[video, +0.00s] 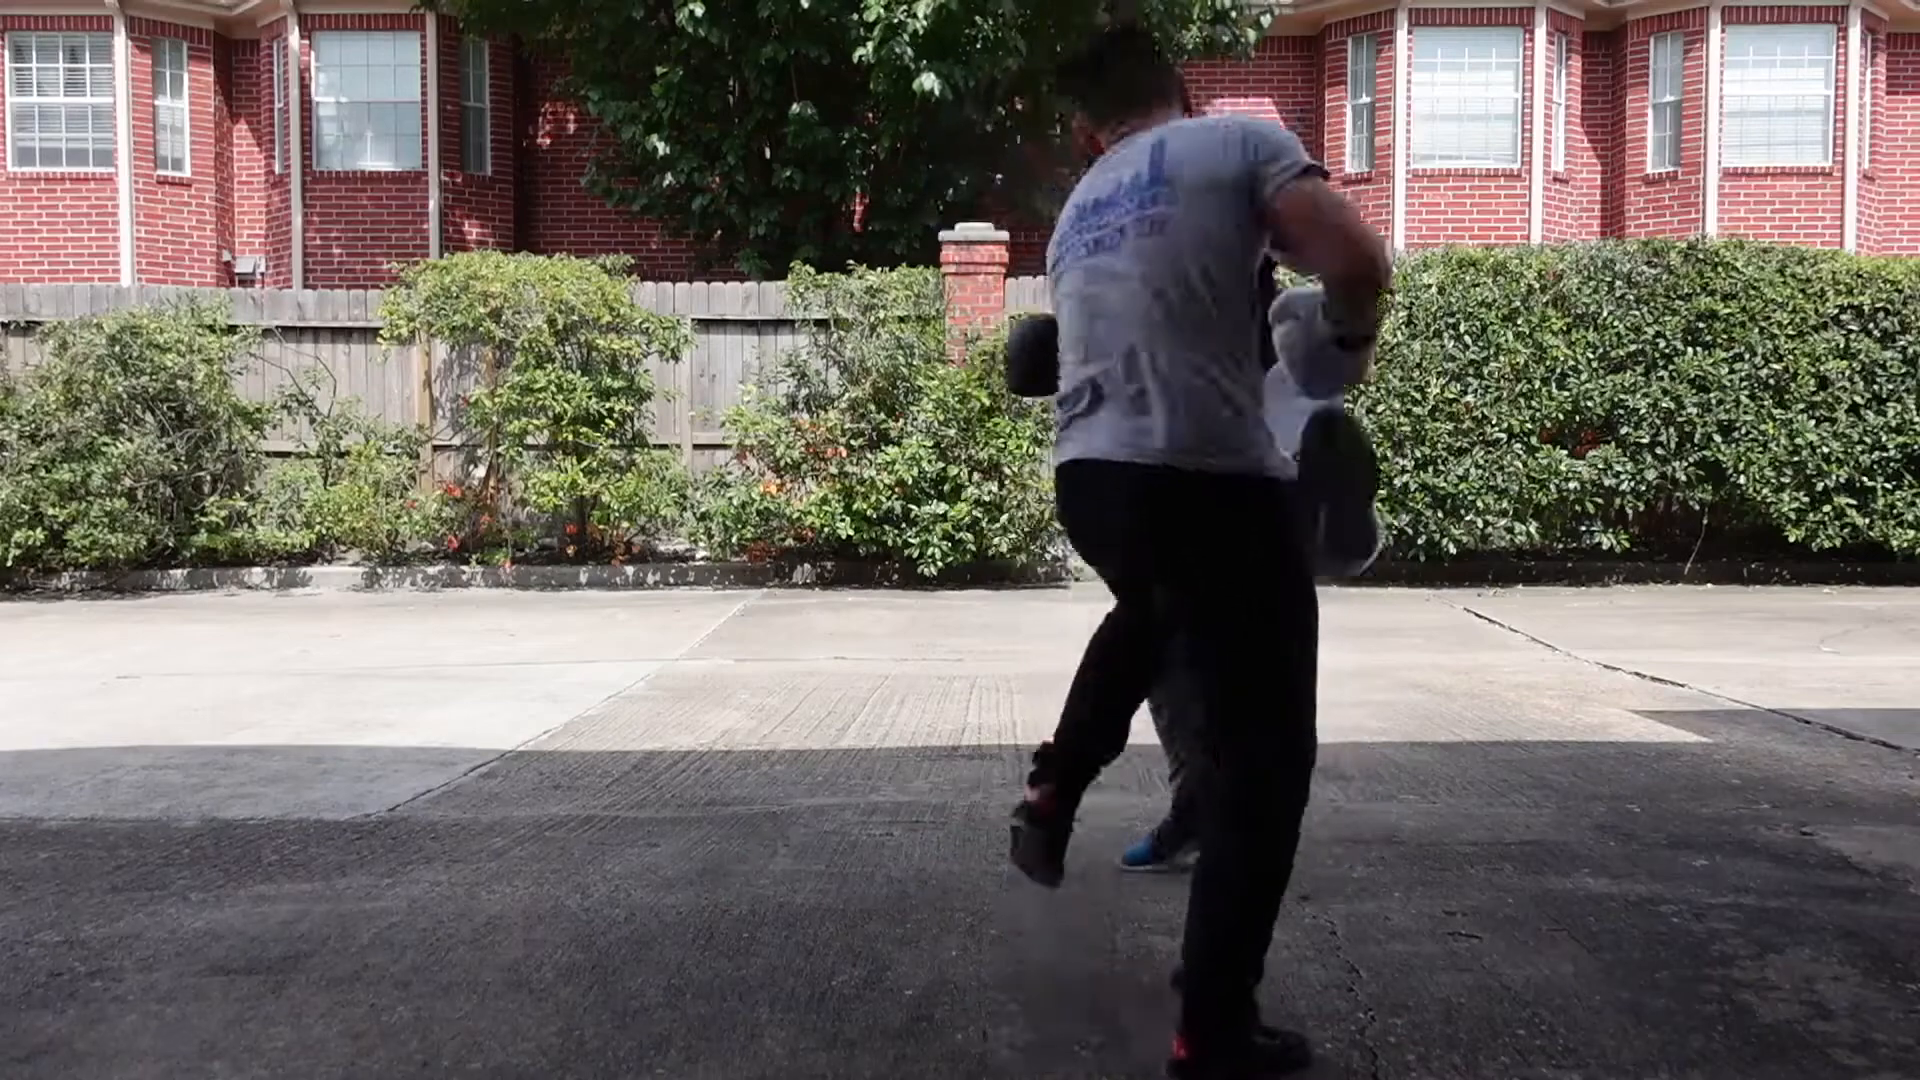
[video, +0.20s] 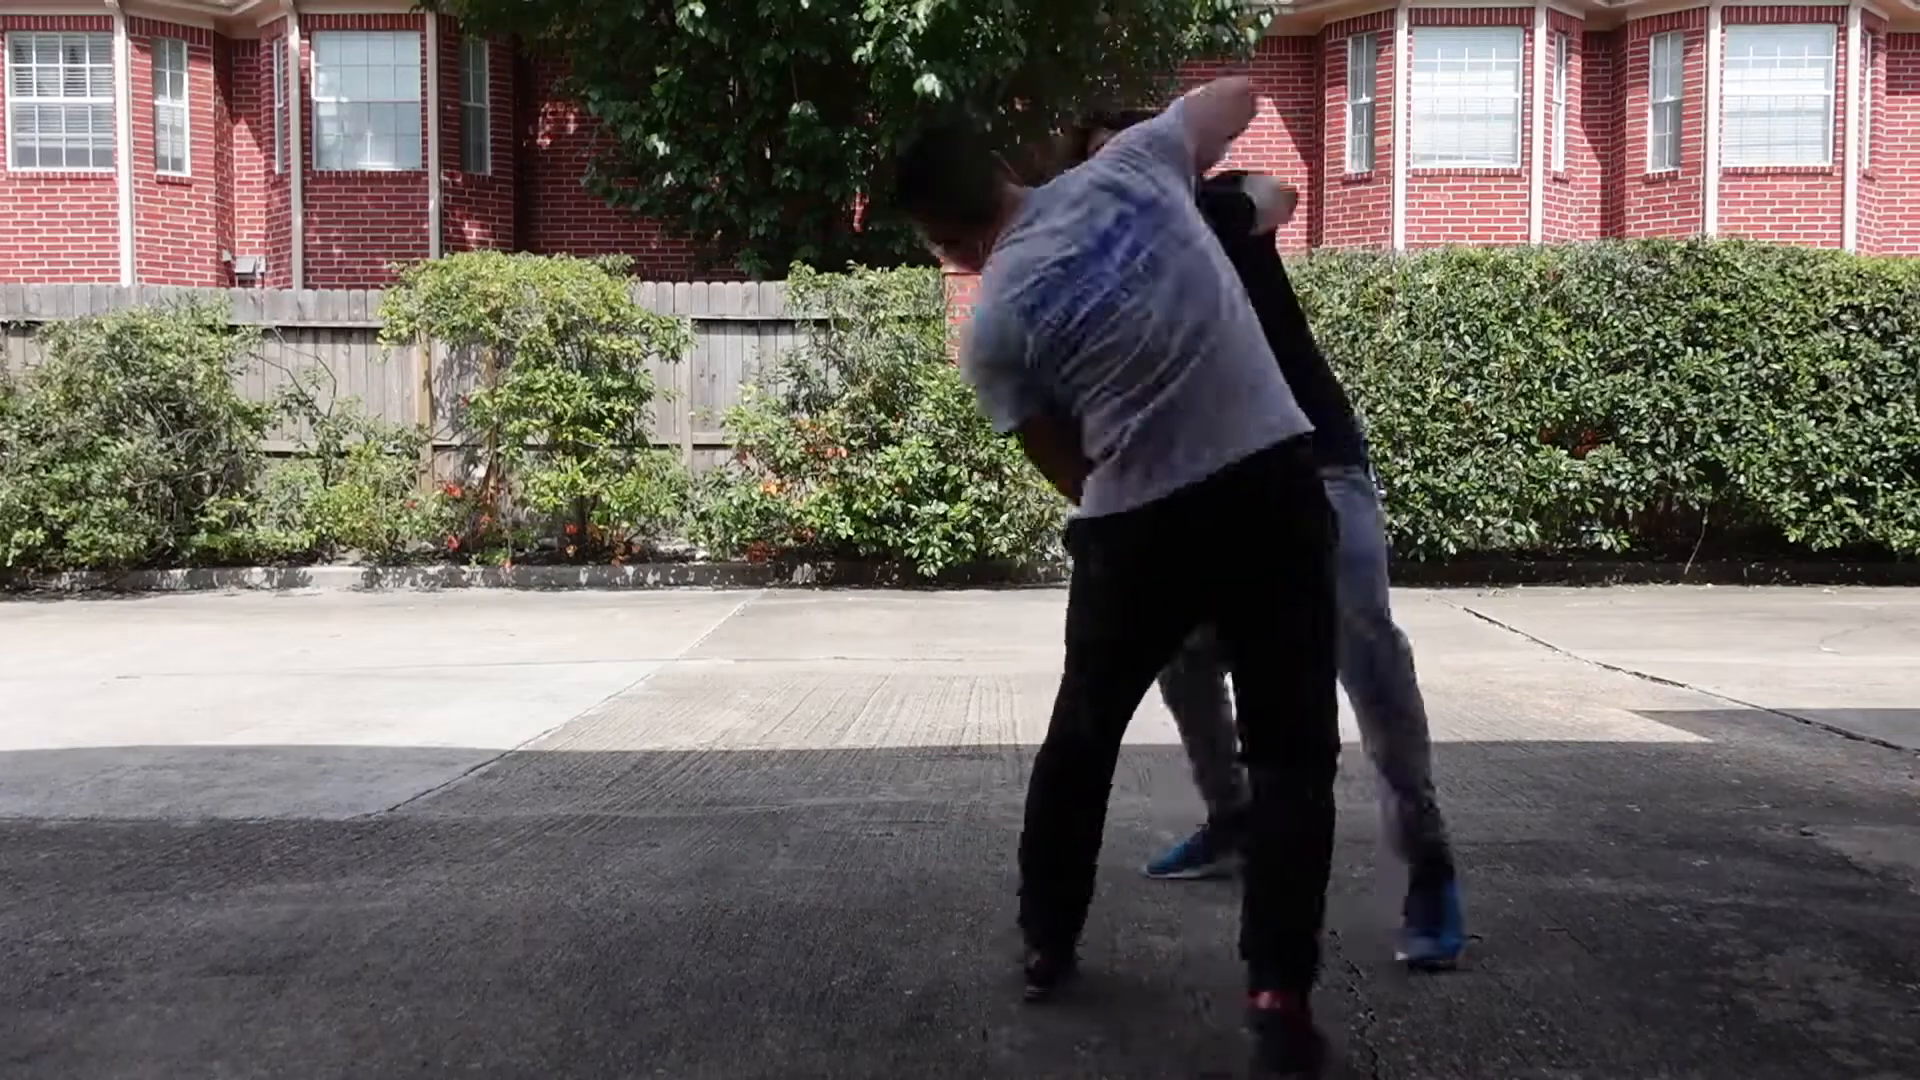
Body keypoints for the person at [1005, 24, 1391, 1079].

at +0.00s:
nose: (1082, 139)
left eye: (1078, 128)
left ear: (1088, 122)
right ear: (1179, 83)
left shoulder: (1079, 201)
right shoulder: (1239, 136)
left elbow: (1088, 338)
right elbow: (1354, 254)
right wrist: (1354, 335)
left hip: (1089, 483)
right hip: (1221, 482)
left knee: (1149, 605)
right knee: (1268, 752)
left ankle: (1049, 803)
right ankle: (1216, 1026)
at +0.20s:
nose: (1123, 178)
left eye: (1134, 159)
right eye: (1104, 168)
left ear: (1161, 163)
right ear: (1083, 182)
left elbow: (1278, 192)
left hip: (1316, 460)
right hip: (1201, 485)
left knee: (1362, 635)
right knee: (1183, 660)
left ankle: (1428, 869)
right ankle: (1229, 816)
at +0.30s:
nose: (1101, 200)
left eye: (1106, 182)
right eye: (1094, 189)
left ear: (1146, 168)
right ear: (1117, 186)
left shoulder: (1226, 196)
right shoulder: (1119, 258)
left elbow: (1247, 180)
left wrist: (1180, 216)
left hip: (1332, 475)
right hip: (1216, 490)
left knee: (1353, 674)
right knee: (1135, 633)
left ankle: (1421, 883)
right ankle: (1200, 789)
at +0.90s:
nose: (1290, 97)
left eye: (1311, 77)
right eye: (1292, 80)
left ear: (1371, 91)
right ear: (1351, 102)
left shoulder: (1382, 196)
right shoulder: (1354, 200)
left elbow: (1308, 347)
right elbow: (1289, 339)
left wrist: (1157, 335)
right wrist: (1230, 268)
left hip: (1384, 511)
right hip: (1328, 504)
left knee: (1354, 718)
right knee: (1267, 678)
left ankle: (1464, 950)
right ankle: (1285, 865)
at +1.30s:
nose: (1377, 126)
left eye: (1391, 106)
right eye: (1374, 109)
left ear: (1451, 113)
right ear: (1444, 119)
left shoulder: (1488, 203)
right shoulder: (1459, 207)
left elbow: (1407, 310)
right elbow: (1391, 343)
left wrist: (1311, 218)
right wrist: (1322, 244)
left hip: (1514, 507)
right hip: (1524, 501)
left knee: (1442, 693)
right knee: (1533, 689)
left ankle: (1471, 947)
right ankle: (1650, 869)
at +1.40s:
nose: (1387, 138)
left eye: (1402, 118)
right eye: (1383, 121)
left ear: (1462, 125)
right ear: (1452, 130)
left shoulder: (1489, 216)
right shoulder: (1472, 223)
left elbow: (1469, 336)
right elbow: (1405, 359)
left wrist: (1361, 253)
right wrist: (1341, 278)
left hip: (1531, 514)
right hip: (1554, 510)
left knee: (1458, 694)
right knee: (1548, 692)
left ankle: (1471, 941)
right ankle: (1654, 873)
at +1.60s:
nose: (1378, 133)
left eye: (1391, 112)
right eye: (1373, 118)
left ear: (1447, 110)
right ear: (1397, 126)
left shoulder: (1500, 194)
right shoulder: (1431, 213)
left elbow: (1460, 276)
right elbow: (1354, 314)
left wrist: (1361, 177)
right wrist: (1321, 236)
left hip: (1544, 492)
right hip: (1520, 489)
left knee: (1463, 674)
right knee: (1558, 677)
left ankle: (1533, 912)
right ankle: (1649, 871)